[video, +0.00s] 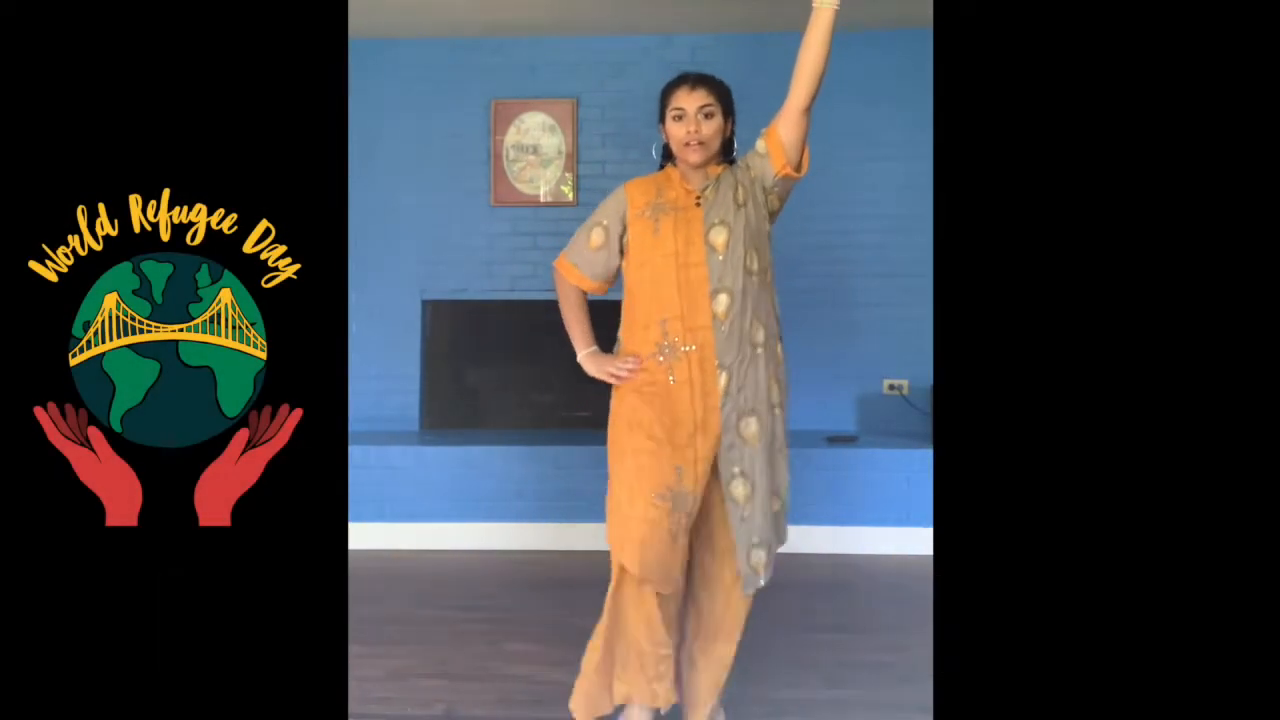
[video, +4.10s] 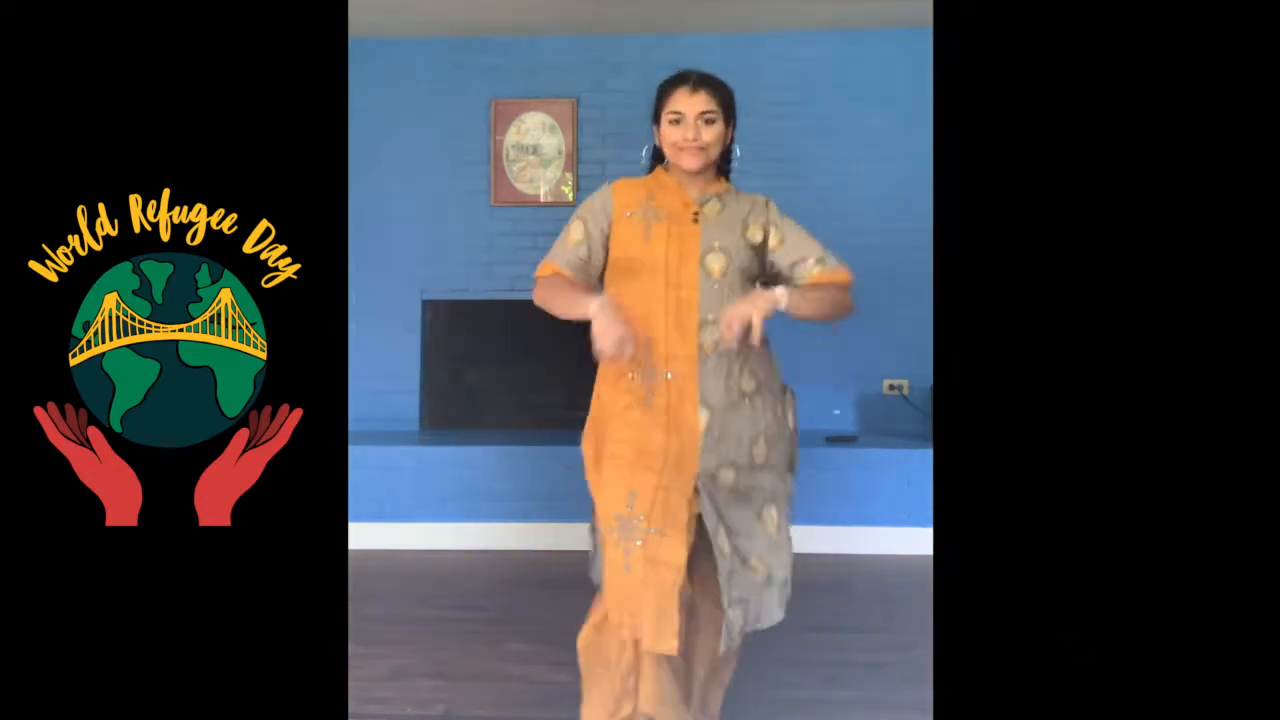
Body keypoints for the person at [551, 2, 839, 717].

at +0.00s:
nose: (692, 125)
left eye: (706, 114)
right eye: (679, 115)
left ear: (727, 127)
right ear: (664, 129)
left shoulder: (752, 189)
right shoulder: (636, 199)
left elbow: (799, 104)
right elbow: (571, 271)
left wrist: (825, 9)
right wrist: (588, 354)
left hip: (738, 402)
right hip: (652, 401)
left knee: (726, 565)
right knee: (649, 559)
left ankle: (702, 706)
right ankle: (639, 703)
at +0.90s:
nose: (681, 107)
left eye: (695, 95)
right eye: (667, 96)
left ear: (716, 108)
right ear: (651, 112)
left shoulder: (744, 166)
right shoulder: (625, 187)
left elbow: (809, 115)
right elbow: (563, 254)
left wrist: (822, 72)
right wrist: (544, 235)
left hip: (724, 387)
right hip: (640, 388)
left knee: (718, 551)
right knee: (633, 548)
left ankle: (713, 703)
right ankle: (629, 700)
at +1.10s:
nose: (679, 101)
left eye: (693, 90)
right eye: (666, 91)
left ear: (714, 106)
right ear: (649, 107)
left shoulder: (744, 167)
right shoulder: (618, 181)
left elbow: (847, 176)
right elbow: (555, 226)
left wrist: (784, 191)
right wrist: (538, 241)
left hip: (720, 383)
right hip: (634, 386)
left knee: (719, 536)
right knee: (630, 536)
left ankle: (704, 697)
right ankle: (627, 699)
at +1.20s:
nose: (682, 103)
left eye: (696, 92)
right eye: (669, 93)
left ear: (718, 106)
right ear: (652, 108)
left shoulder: (747, 180)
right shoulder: (617, 184)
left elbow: (823, 257)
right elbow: (554, 255)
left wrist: (769, 241)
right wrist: (575, 274)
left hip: (719, 381)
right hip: (633, 382)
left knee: (717, 526)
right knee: (633, 528)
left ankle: (703, 690)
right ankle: (628, 692)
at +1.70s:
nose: (693, 103)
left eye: (708, 93)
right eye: (681, 93)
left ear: (731, 107)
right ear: (664, 109)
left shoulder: (757, 169)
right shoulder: (635, 181)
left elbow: (759, 272)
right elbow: (619, 264)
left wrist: (745, 345)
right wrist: (607, 315)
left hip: (717, 383)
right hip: (636, 380)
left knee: (716, 540)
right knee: (642, 541)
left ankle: (714, 674)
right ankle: (650, 696)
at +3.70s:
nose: (687, 109)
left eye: (702, 96)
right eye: (673, 98)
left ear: (726, 102)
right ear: (657, 107)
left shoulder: (767, 175)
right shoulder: (630, 178)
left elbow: (792, 291)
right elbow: (586, 290)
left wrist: (793, 395)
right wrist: (572, 392)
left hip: (724, 405)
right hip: (631, 405)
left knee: (721, 576)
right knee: (635, 579)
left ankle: (715, 709)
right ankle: (644, 713)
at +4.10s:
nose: (691, 132)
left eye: (707, 120)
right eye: (676, 120)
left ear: (727, 132)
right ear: (658, 132)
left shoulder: (756, 216)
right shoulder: (614, 205)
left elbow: (838, 294)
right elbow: (549, 285)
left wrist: (776, 297)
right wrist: (598, 305)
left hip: (728, 446)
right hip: (634, 443)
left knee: (714, 619)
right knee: (638, 615)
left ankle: (692, 711)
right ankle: (635, 711)